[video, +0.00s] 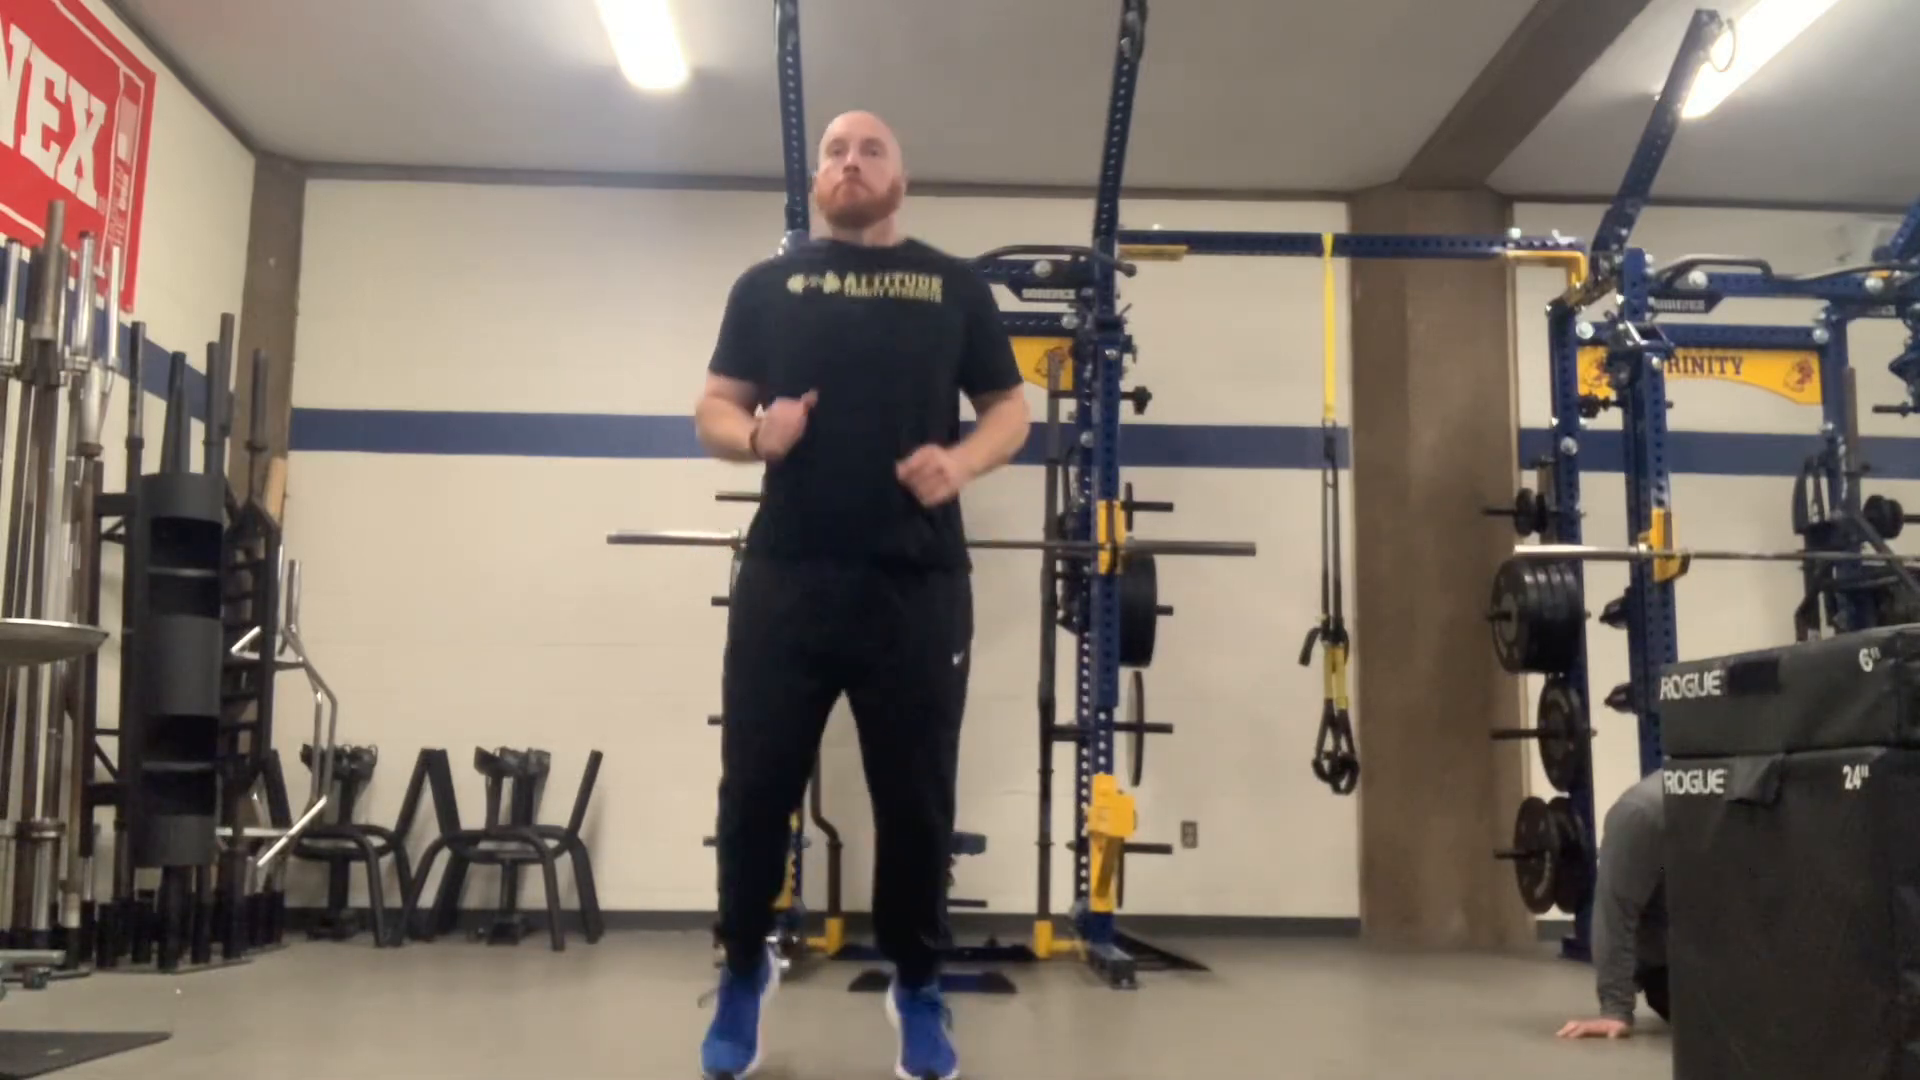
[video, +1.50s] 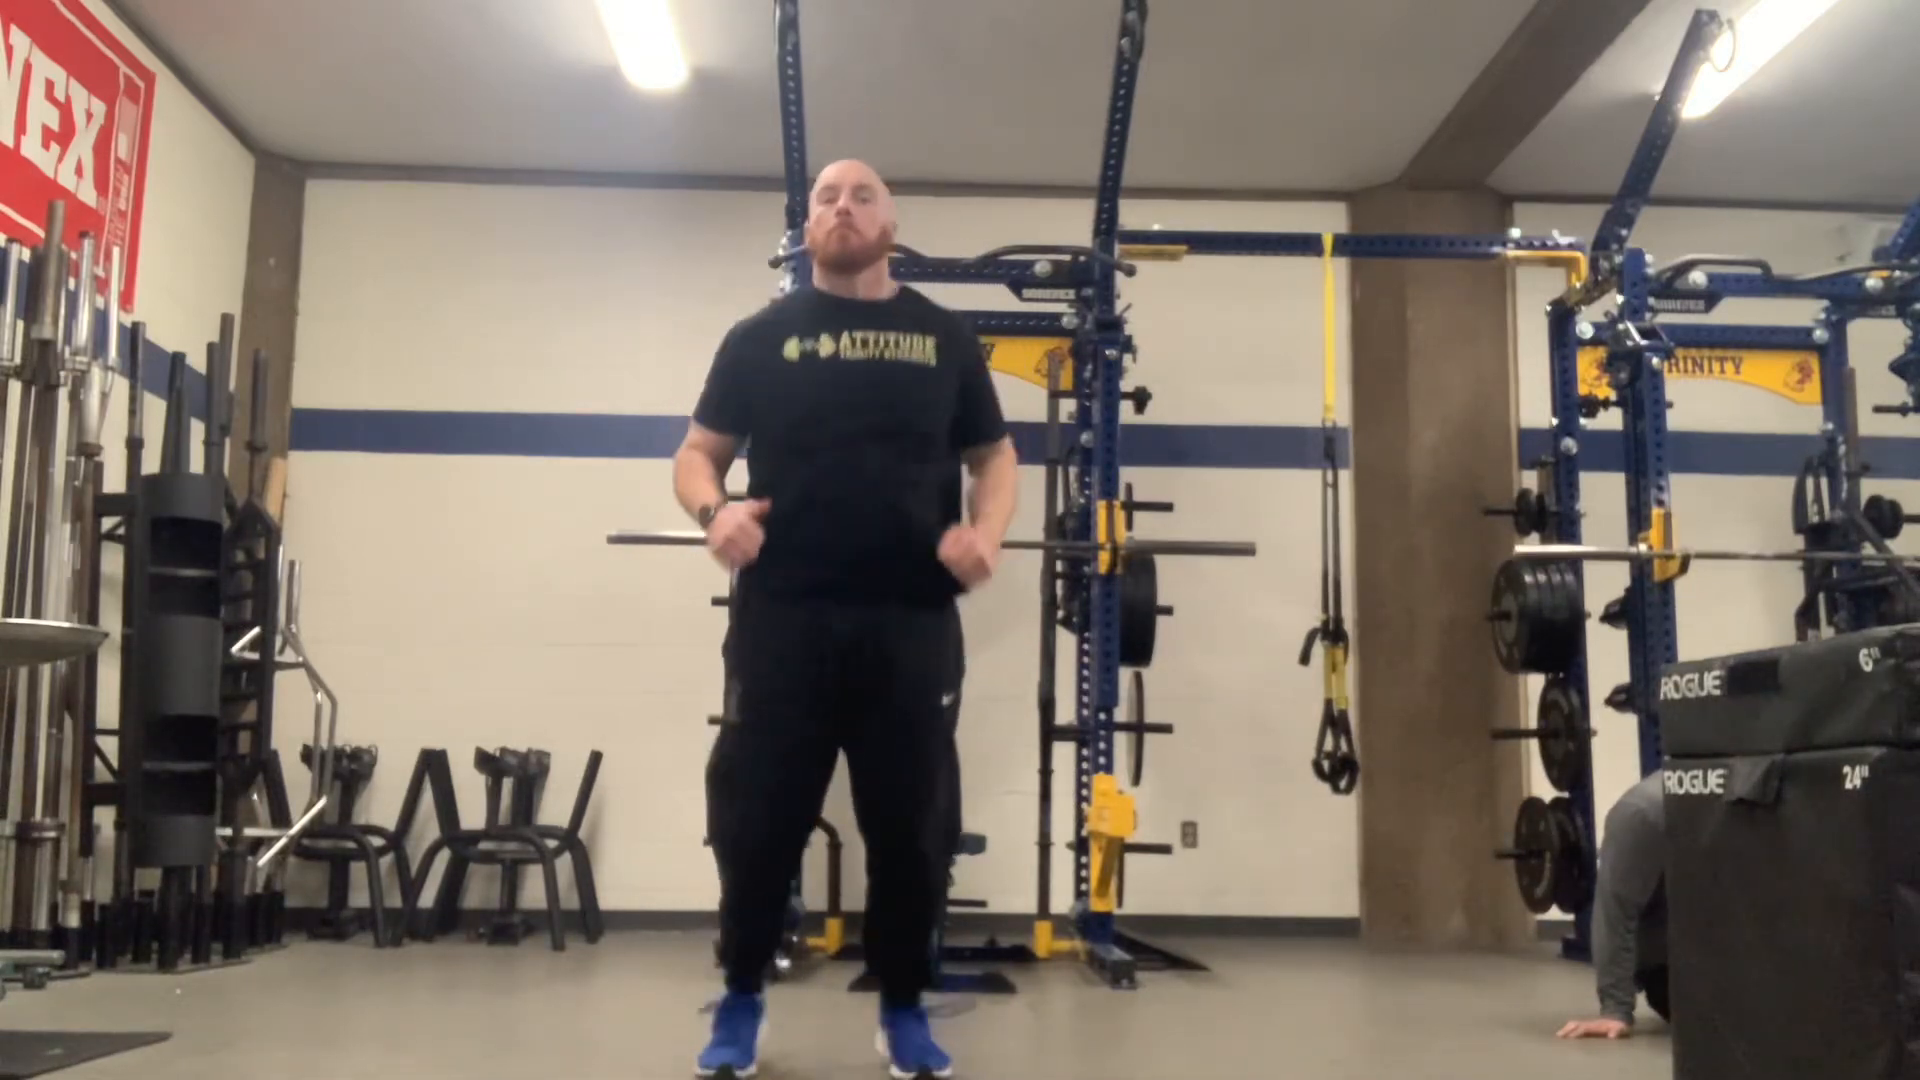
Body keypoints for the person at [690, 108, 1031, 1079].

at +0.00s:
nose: (851, 162)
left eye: (871, 151)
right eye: (837, 151)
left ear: (904, 181)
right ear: (813, 181)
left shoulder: (955, 287)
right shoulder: (765, 287)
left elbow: (1013, 409)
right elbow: (716, 412)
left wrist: (960, 461)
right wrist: (754, 433)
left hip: (916, 583)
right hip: (787, 579)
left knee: (917, 801)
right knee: (755, 789)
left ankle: (918, 992)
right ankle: (742, 974)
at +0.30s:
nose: (845, 202)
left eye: (864, 192)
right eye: (828, 194)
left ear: (897, 225)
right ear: (806, 229)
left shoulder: (952, 338)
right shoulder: (759, 335)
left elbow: (1014, 465)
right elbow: (699, 466)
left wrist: (966, 503)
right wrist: (726, 496)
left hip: (915, 620)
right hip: (783, 615)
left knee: (905, 831)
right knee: (761, 825)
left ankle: (912, 1032)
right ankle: (733, 1030)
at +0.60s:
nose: (842, 161)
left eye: (860, 151)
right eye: (824, 156)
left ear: (893, 185)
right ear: (801, 195)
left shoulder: (951, 290)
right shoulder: (754, 297)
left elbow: (1007, 410)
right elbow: (701, 420)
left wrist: (973, 466)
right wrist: (736, 455)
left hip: (918, 583)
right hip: (789, 579)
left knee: (916, 799)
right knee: (761, 791)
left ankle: (908, 991)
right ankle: (737, 984)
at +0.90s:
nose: (845, 124)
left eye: (861, 116)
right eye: (826, 121)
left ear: (892, 151)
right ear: (803, 161)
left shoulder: (945, 250)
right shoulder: (757, 258)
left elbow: (1008, 369)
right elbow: (703, 386)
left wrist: (976, 406)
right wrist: (753, 394)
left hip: (916, 541)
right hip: (788, 538)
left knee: (919, 755)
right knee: (754, 748)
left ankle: (914, 960)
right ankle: (742, 952)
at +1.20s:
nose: (843, 176)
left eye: (861, 166)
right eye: (826, 170)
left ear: (895, 199)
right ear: (804, 207)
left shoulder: (948, 306)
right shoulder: (759, 313)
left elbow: (1013, 437)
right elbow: (701, 444)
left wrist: (980, 451)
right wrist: (748, 466)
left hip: (912, 603)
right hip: (782, 602)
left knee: (916, 825)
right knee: (755, 818)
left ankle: (907, 1030)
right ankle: (738, 1022)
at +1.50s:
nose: (843, 204)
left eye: (863, 194)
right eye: (827, 196)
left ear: (894, 228)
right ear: (804, 230)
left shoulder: (945, 338)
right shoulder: (760, 338)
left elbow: (995, 460)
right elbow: (695, 460)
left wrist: (985, 530)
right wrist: (714, 509)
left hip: (909, 622)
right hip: (782, 622)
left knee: (913, 830)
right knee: (757, 821)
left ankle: (905, 1017)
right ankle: (739, 1006)